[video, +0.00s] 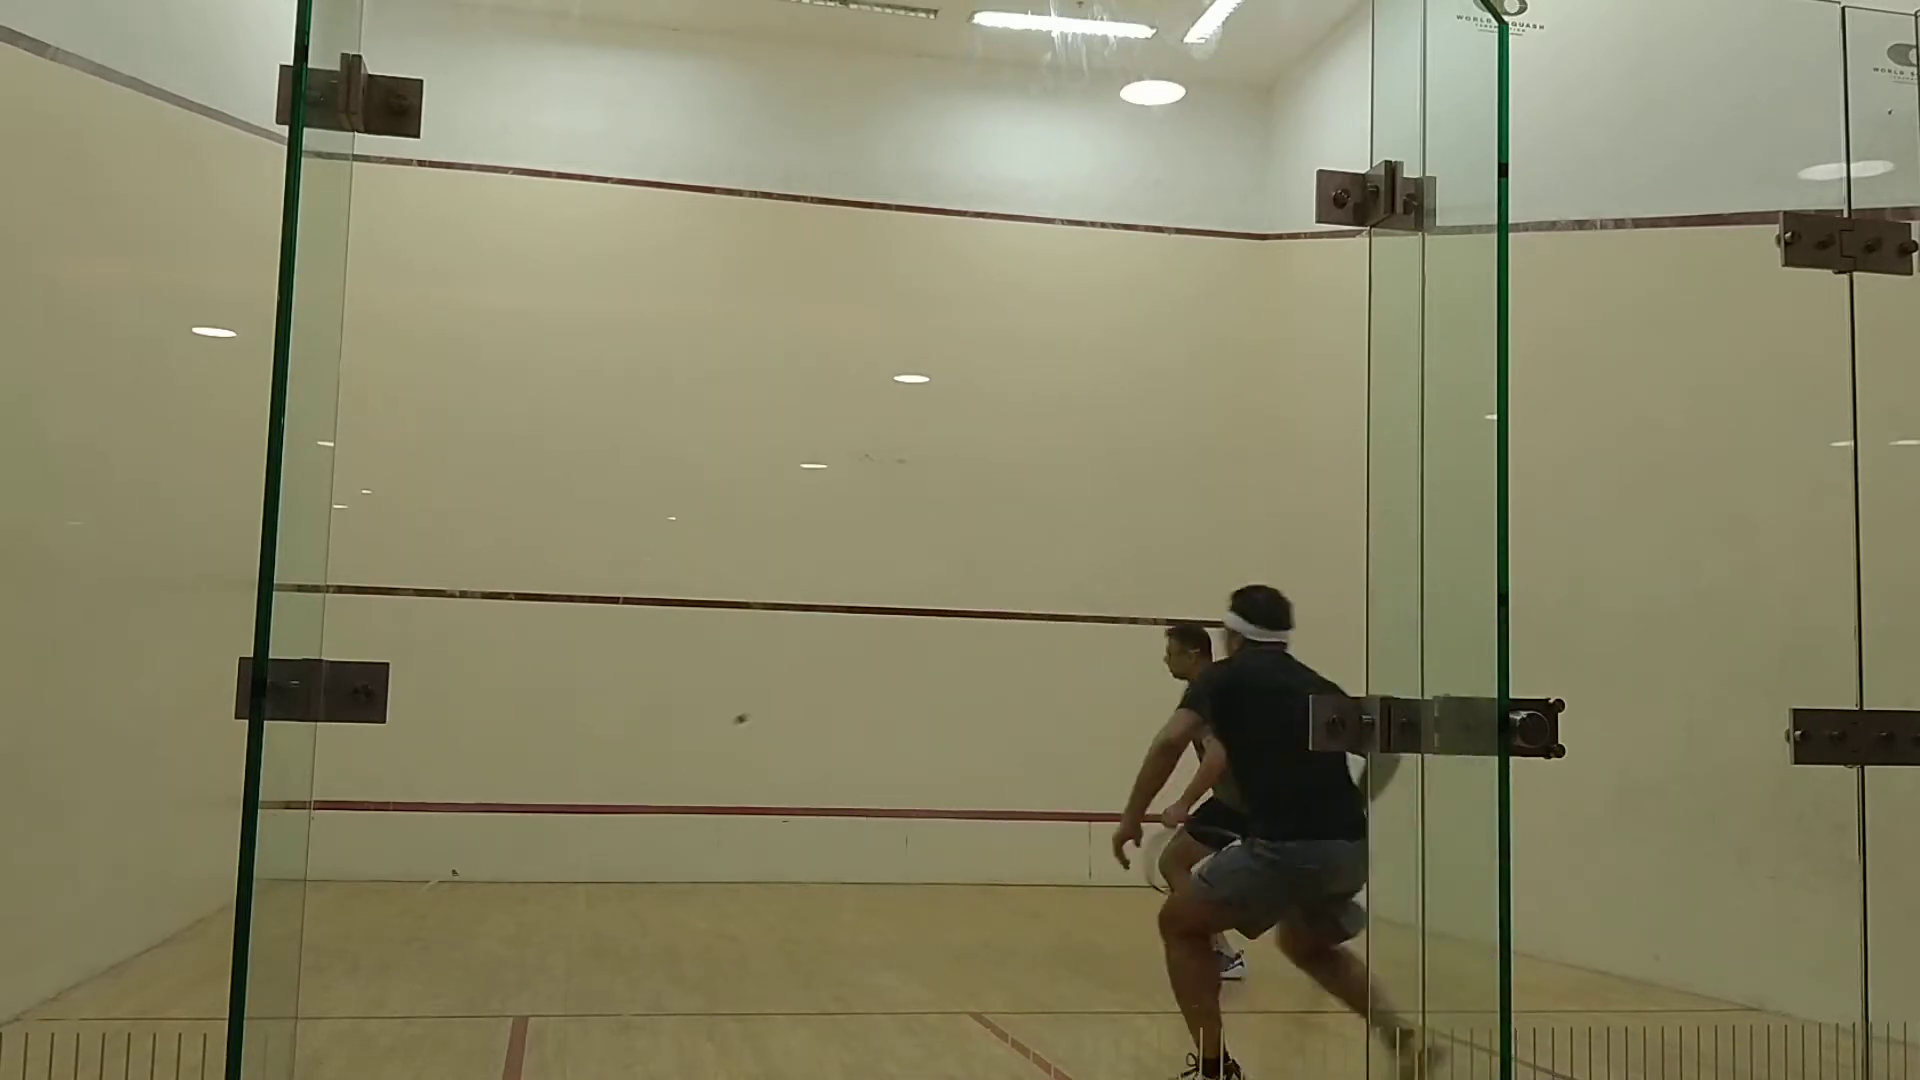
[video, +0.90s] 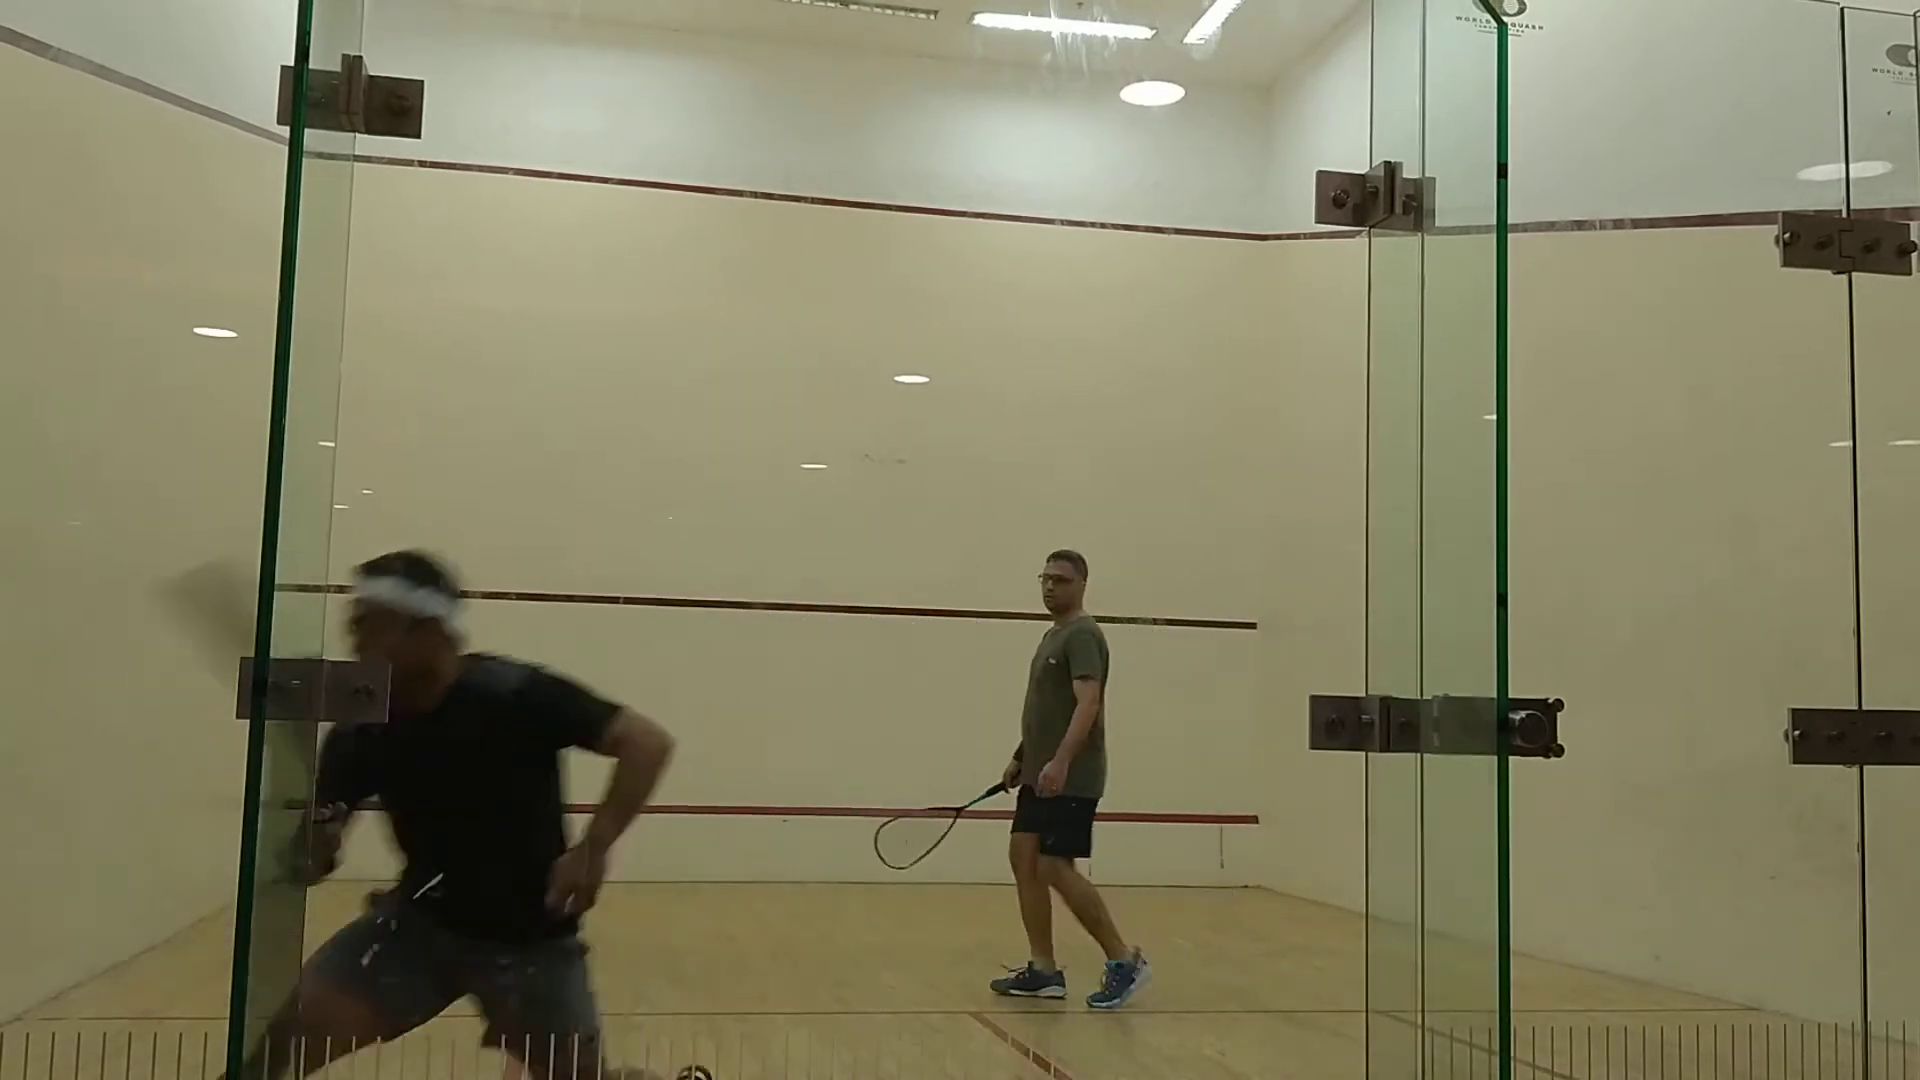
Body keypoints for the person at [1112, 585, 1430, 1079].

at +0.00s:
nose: (1221, 635)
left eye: (1224, 628)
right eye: (1225, 628)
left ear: (1234, 634)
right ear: (1284, 635)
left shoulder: (1220, 678)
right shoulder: (1320, 685)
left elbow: (1169, 742)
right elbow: (1389, 747)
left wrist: (1132, 818)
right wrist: (1358, 807)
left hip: (1283, 850)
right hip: (1350, 848)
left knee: (1181, 923)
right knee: (1303, 943)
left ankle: (1213, 1065)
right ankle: (1404, 1038)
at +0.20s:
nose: (1073, 670)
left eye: (1081, 661)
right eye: (1076, 660)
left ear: (1112, 668)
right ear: (1119, 667)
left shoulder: (1137, 716)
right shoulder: (1156, 702)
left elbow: (1162, 784)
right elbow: (1166, 786)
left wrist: (1181, 864)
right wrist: (1116, 829)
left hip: (1209, 877)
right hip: (1232, 874)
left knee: (1081, 922)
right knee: (1192, 960)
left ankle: (1099, 1069)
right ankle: (1268, 1058)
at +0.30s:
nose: (1149, 595)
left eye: (1157, 589)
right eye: (1148, 588)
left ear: (1180, 593)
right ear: (1170, 595)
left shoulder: (1184, 634)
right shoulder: (1195, 631)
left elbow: (1200, 697)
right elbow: (1209, 698)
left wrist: (1181, 755)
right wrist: (1170, 745)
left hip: (1193, 758)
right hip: (1213, 757)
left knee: (1165, 851)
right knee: (1197, 853)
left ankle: (1193, 942)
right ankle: (1242, 946)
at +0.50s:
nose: (1130, 609)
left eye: (1141, 603)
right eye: (1128, 602)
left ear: (1162, 610)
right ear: (1126, 608)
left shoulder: (1161, 656)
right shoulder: (1148, 654)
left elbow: (1156, 728)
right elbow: (1141, 727)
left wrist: (1121, 783)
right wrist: (1113, 773)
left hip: (1153, 778)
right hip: (1154, 779)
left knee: (1118, 866)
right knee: (1148, 875)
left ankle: (1139, 979)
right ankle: (1226, 949)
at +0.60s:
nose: (1114, 597)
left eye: (1125, 591)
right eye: (1111, 589)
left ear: (1145, 598)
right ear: (1108, 593)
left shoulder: (1147, 645)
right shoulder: (1120, 642)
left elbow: (1133, 715)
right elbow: (1116, 715)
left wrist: (1101, 771)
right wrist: (1099, 772)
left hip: (1139, 773)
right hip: (1121, 772)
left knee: (1118, 865)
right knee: (1101, 863)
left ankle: (1138, 977)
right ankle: (1178, 942)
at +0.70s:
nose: (1096, 585)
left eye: (1106, 580)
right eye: (1092, 578)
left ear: (1126, 586)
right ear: (1087, 582)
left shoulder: (1130, 635)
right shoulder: (1096, 633)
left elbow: (1122, 703)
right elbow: (1091, 702)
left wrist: (1086, 758)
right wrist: (1074, 753)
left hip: (1126, 772)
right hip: (1097, 769)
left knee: (1126, 863)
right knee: (1069, 853)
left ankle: (1141, 975)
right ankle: (1110, 957)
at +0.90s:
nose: (1050, 586)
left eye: (1061, 580)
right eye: (1046, 580)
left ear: (1082, 586)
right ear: (1041, 585)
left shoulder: (1084, 635)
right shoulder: (1053, 636)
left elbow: (1089, 704)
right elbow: (1045, 708)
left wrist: (1061, 760)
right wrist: (1021, 758)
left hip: (1073, 776)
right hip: (1043, 773)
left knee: (1053, 866)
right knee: (1022, 856)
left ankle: (1124, 960)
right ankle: (1043, 969)